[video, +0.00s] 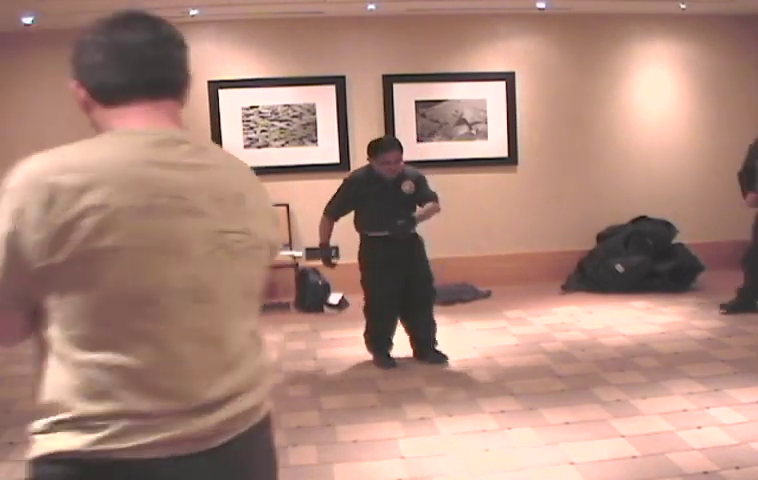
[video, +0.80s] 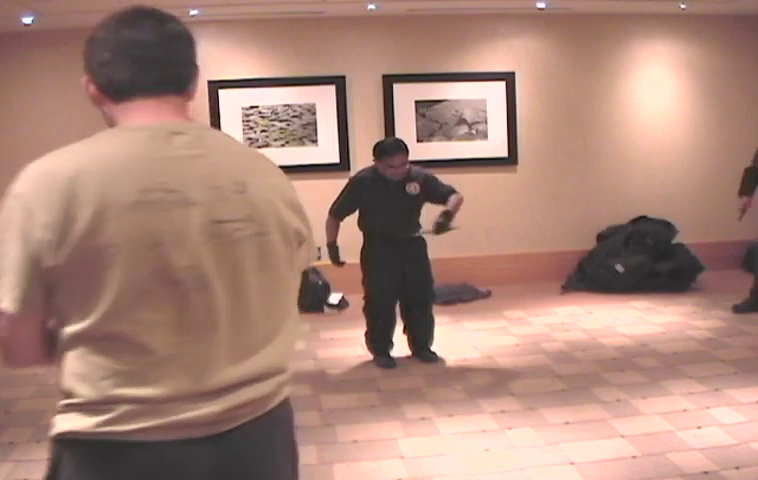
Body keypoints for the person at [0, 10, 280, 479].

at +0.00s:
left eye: (74, 91)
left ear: (81, 96)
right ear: (183, 90)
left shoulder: (41, 184)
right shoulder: (244, 183)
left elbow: (9, 325)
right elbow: (254, 293)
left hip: (90, 464)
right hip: (236, 459)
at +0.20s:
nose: (110, 113)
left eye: (106, 103)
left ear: (118, 104)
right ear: (209, 98)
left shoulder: (105, 177)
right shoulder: (265, 183)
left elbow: (41, 314)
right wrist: (58, 358)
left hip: (147, 457)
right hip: (266, 450)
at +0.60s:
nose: (114, 114)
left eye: (109, 103)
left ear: (119, 99)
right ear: (207, 92)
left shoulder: (99, 174)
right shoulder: (276, 176)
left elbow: (54, 319)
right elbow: (257, 309)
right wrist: (103, 342)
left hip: (152, 451)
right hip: (278, 442)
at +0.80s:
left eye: (86, 85)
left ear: (93, 89)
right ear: (194, 86)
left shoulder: (48, 184)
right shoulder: (265, 175)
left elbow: (20, 347)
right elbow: (288, 296)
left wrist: (99, 330)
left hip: (111, 461)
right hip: (257, 453)